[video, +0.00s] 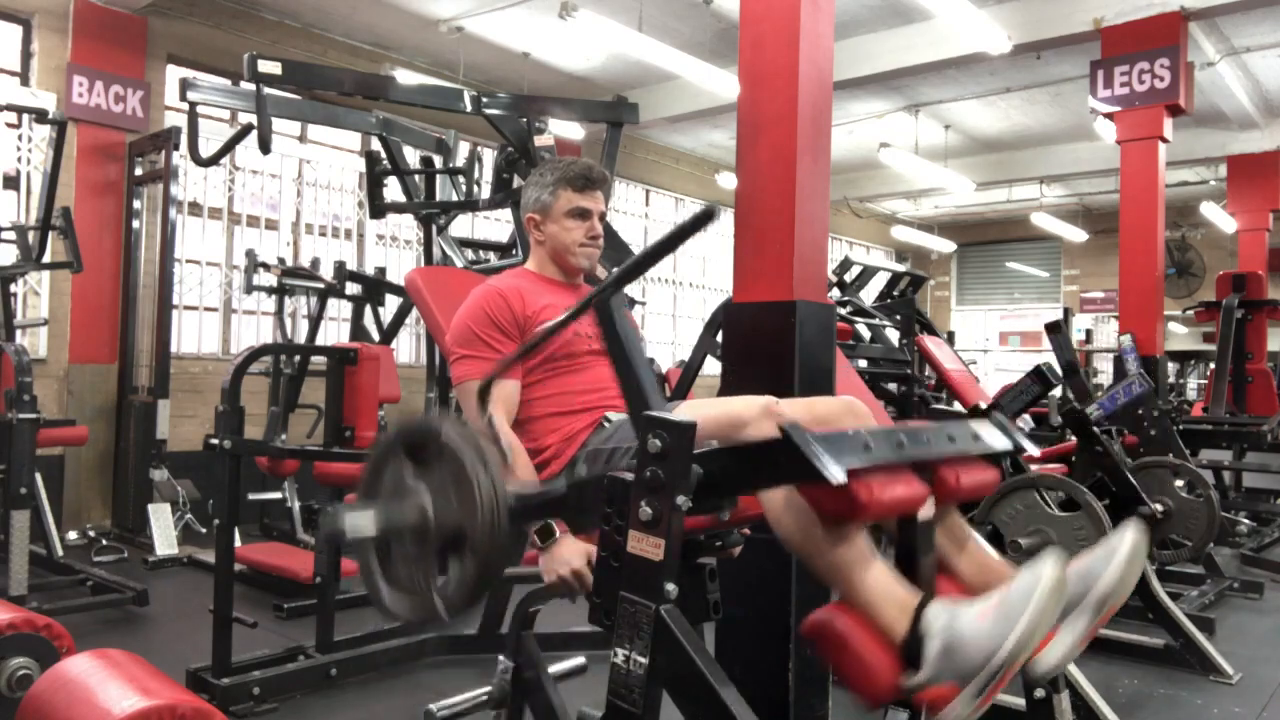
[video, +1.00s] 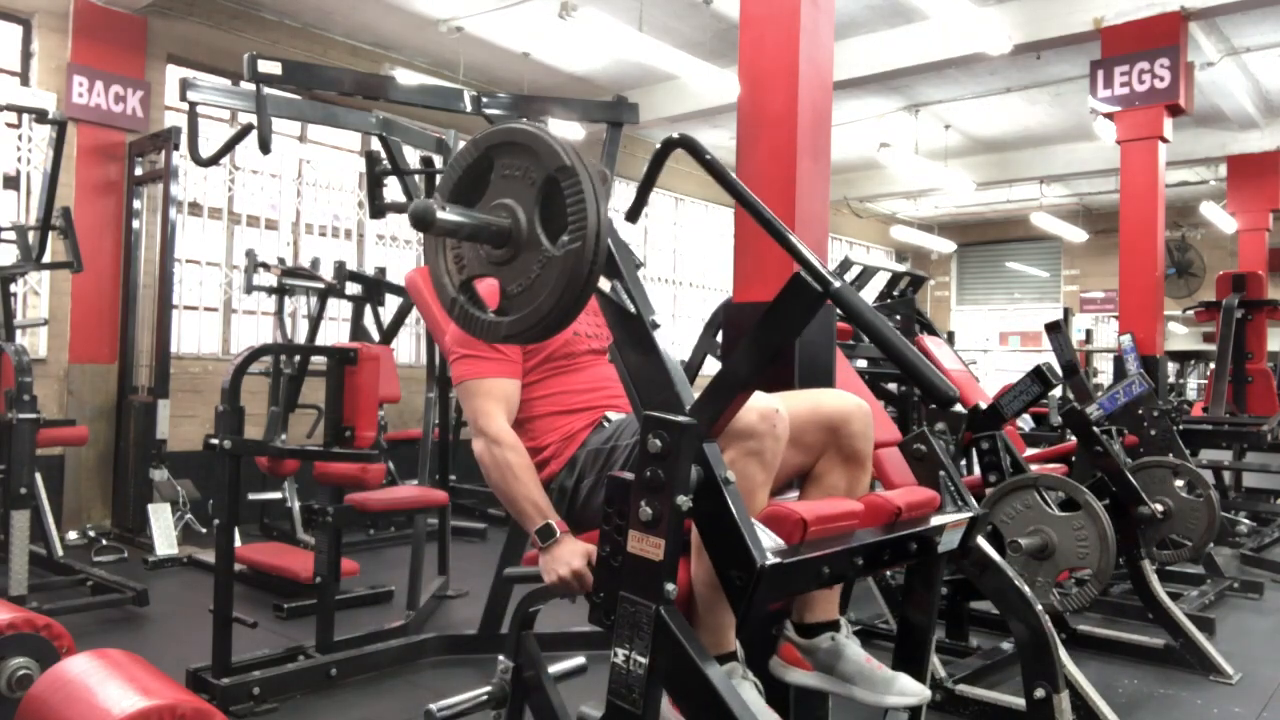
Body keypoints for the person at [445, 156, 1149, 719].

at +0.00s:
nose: (592, 236)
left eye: (598, 223)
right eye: (577, 221)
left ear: (598, 224)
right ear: (532, 224)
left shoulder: (597, 297)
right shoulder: (497, 299)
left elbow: (634, 388)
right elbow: (490, 427)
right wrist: (554, 531)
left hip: (655, 430)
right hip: (589, 456)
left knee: (844, 411)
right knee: (778, 420)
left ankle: (993, 585)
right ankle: (918, 628)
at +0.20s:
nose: (594, 229)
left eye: (599, 218)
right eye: (578, 216)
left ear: (599, 227)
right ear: (533, 223)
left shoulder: (608, 303)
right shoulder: (499, 297)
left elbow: (646, 403)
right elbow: (488, 427)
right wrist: (553, 536)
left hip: (661, 441)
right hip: (586, 465)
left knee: (850, 419)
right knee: (761, 424)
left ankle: (938, 636)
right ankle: (842, 679)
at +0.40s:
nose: (596, 227)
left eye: (598, 216)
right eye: (580, 215)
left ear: (595, 229)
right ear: (534, 227)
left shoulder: (611, 305)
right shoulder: (504, 294)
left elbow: (645, 397)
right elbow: (489, 433)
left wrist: (703, 431)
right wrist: (551, 538)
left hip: (650, 446)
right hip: (583, 468)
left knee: (849, 422)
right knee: (755, 419)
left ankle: (881, 644)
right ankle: (773, 676)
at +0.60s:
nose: (594, 230)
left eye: (599, 219)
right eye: (579, 216)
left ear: (604, 225)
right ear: (537, 219)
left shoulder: (599, 299)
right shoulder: (499, 303)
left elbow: (633, 393)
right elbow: (491, 434)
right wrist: (550, 536)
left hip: (650, 445)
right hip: (585, 465)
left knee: (848, 419)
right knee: (756, 415)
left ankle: (844, 641)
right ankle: (741, 663)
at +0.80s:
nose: (546, 205)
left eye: (550, 191)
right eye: (528, 192)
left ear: (555, 204)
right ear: (497, 207)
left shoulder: (575, 271)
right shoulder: (483, 286)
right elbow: (489, 430)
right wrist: (550, 535)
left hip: (637, 435)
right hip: (574, 462)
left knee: (845, 419)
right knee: (754, 418)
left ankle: (820, 634)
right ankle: (716, 657)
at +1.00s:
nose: (544, 204)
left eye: (548, 193)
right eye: (528, 193)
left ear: (549, 204)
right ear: (496, 204)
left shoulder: (565, 272)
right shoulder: (482, 284)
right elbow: (489, 430)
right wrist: (551, 538)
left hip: (637, 437)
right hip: (575, 463)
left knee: (845, 419)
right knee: (755, 423)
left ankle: (817, 633)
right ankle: (712, 656)